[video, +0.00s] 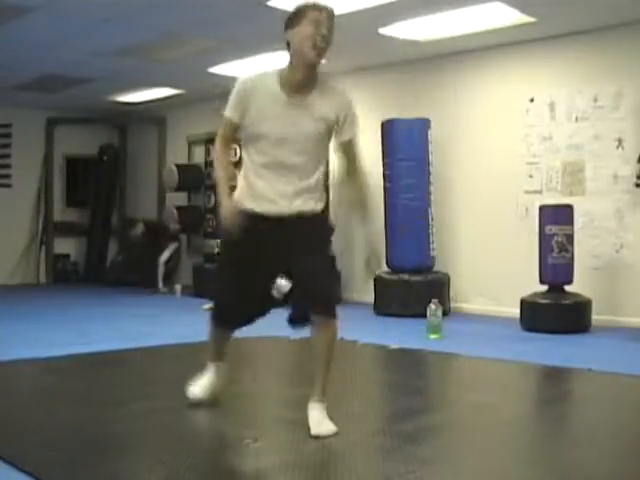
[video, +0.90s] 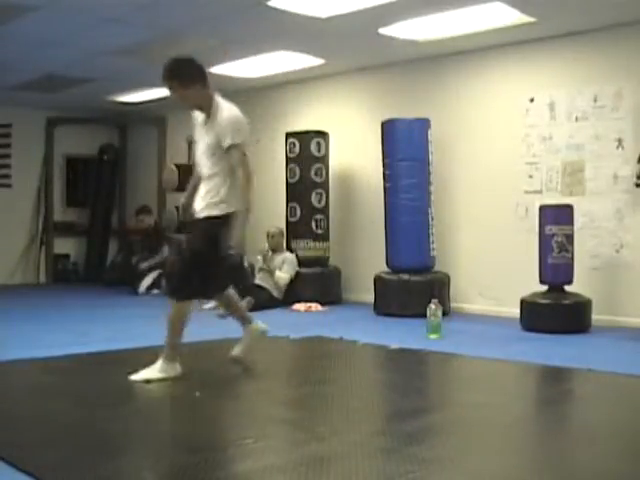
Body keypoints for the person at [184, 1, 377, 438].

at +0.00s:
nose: (321, 38)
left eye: (327, 34)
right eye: (313, 29)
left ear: (330, 44)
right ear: (290, 33)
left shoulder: (337, 100)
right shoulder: (249, 88)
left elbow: (349, 162)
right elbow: (223, 144)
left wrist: (359, 210)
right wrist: (225, 198)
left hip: (307, 222)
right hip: (252, 217)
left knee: (325, 309)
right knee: (227, 305)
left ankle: (318, 403)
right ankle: (215, 368)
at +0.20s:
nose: (271, 43)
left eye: (279, 38)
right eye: (266, 33)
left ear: (286, 45)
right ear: (251, 34)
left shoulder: (292, 98)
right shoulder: (213, 87)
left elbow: (299, 166)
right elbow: (194, 147)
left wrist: (300, 223)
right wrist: (186, 201)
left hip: (273, 216)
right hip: (216, 213)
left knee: (297, 301)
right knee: (193, 297)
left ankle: (314, 397)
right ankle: (198, 352)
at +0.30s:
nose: (230, 52)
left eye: (238, 45)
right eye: (225, 43)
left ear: (247, 48)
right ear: (212, 45)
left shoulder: (264, 102)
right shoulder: (189, 101)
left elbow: (285, 165)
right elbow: (174, 157)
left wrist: (296, 220)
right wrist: (157, 205)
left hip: (254, 217)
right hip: (200, 218)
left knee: (276, 302)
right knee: (177, 299)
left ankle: (300, 391)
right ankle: (194, 366)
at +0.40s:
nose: (195, 66)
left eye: (204, 59)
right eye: (190, 58)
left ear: (218, 63)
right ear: (182, 63)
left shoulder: (241, 110)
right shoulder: (174, 113)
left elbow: (274, 164)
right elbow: (167, 168)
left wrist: (300, 210)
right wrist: (143, 214)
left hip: (236, 221)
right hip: (190, 223)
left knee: (249, 304)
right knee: (168, 302)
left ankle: (266, 387)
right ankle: (195, 370)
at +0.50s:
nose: (175, 55)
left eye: (184, 48)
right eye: (172, 48)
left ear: (204, 53)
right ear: (168, 54)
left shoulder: (231, 95)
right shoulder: (169, 102)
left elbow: (272, 139)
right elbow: (166, 152)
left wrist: (303, 179)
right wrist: (151, 195)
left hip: (228, 203)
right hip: (187, 205)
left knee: (219, 292)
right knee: (176, 291)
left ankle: (225, 376)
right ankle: (192, 368)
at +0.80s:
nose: (163, 91)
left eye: (167, 84)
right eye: (161, 85)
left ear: (190, 82)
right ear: (175, 85)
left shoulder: (217, 119)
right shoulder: (182, 116)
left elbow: (246, 153)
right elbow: (197, 159)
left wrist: (264, 174)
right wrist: (181, 175)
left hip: (211, 220)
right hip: (193, 218)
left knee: (165, 288)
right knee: (195, 287)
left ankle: (169, 360)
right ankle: (229, 338)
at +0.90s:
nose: (177, 99)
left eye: (179, 92)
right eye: (175, 93)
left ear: (197, 85)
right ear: (188, 88)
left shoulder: (230, 117)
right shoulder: (199, 117)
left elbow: (245, 171)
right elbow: (202, 167)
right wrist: (187, 197)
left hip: (222, 213)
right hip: (202, 212)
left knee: (183, 279)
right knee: (211, 278)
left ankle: (169, 359)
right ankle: (251, 325)